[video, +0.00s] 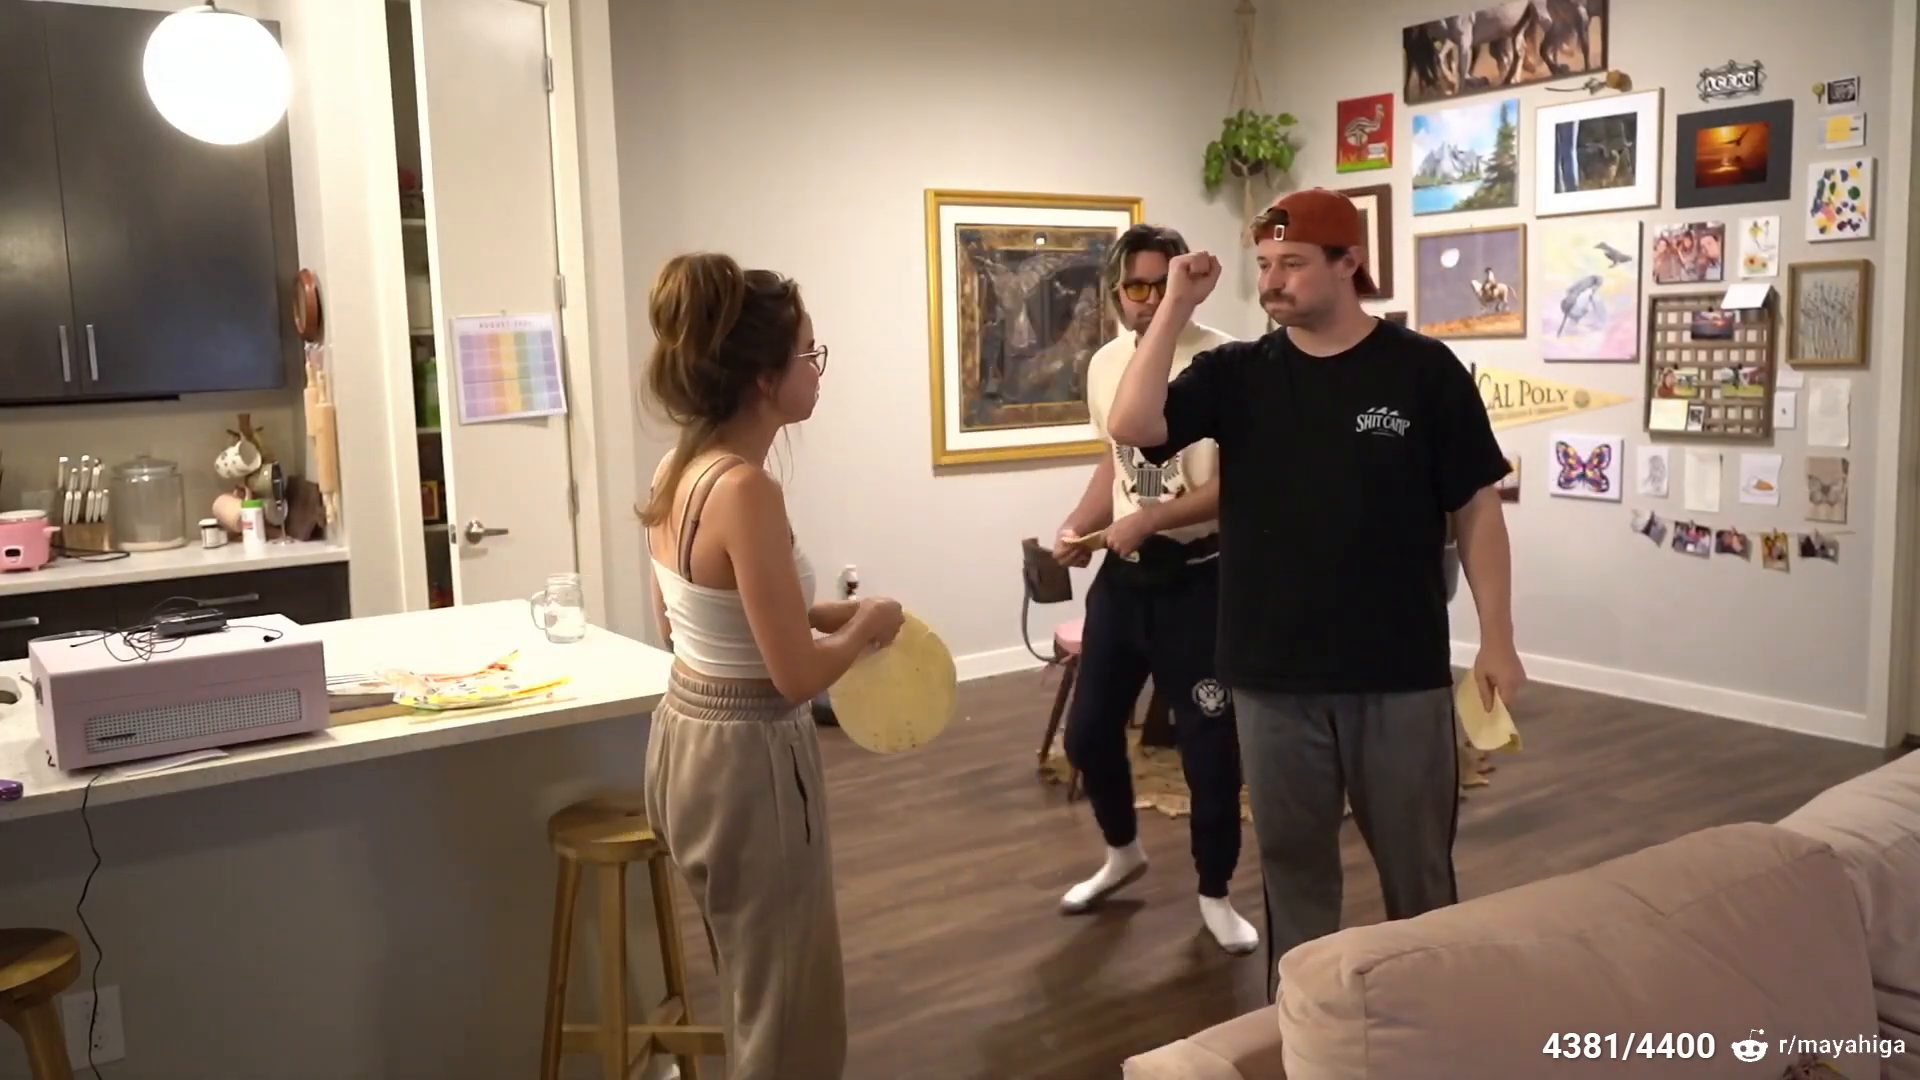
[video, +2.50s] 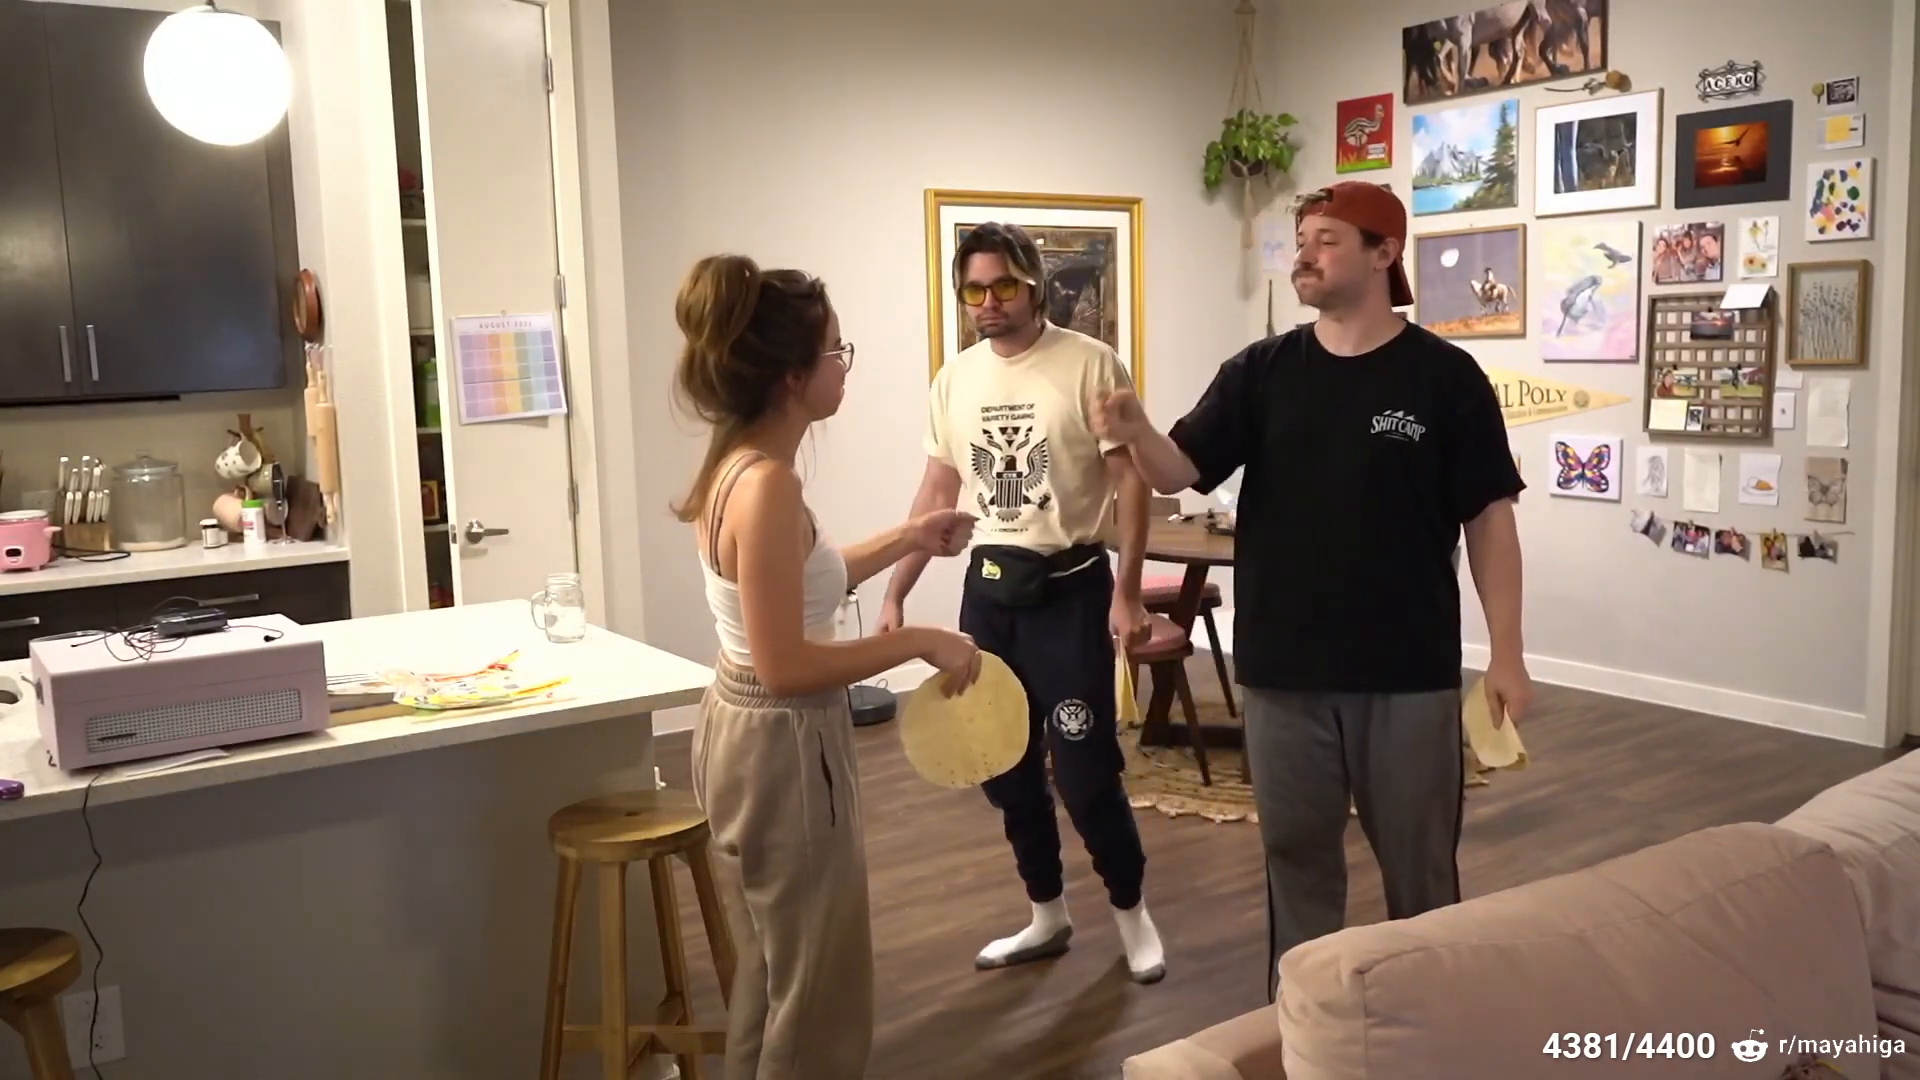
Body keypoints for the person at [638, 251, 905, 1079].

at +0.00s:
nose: (822, 366)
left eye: (816, 349)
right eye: (808, 354)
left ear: (746, 378)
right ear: (762, 379)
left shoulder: (683, 474)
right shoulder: (745, 489)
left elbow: (689, 624)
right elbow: (794, 677)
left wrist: (820, 620)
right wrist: (864, 631)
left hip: (689, 743)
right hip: (748, 762)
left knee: (759, 996)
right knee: (791, 1010)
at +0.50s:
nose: (804, 363)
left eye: (799, 347)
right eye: (794, 350)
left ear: (728, 372)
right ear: (745, 371)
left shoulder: (677, 469)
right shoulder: (736, 487)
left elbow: (728, 598)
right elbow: (793, 664)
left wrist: (824, 552)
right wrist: (905, 622)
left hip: (693, 732)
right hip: (749, 750)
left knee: (743, 978)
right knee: (792, 999)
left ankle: (738, 1071)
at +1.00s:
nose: (816, 368)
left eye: (812, 352)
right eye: (806, 353)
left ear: (742, 371)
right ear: (758, 372)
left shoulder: (697, 470)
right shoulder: (738, 489)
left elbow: (784, 584)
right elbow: (775, 671)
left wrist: (858, 497)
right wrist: (918, 632)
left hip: (713, 733)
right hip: (757, 751)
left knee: (750, 974)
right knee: (795, 992)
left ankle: (737, 1071)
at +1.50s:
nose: (826, 369)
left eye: (821, 354)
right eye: (815, 357)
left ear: (756, 379)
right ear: (766, 378)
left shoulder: (712, 472)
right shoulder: (738, 491)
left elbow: (789, 588)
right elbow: (760, 673)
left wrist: (862, 496)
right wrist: (898, 643)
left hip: (729, 736)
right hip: (766, 751)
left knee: (759, 975)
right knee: (817, 998)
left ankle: (738, 1073)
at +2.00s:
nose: (839, 358)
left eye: (832, 345)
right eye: (827, 350)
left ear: (768, 379)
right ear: (782, 377)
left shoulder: (730, 467)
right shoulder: (759, 482)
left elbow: (805, 579)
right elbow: (776, 664)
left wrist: (873, 481)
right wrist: (916, 634)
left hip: (735, 733)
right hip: (775, 746)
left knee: (764, 968)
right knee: (818, 990)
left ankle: (744, 1074)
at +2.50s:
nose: (846, 365)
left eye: (841, 350)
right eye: (836, 354)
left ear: (777, 379)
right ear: (790, 378)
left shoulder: (736, 469)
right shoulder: (766, 485)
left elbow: (807, 577)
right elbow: (783, 666)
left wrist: (911, 535)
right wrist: (924, 643)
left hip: (745, 734)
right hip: (783, 748)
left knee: (774, 966)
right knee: (818, 982)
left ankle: (752, 1074)